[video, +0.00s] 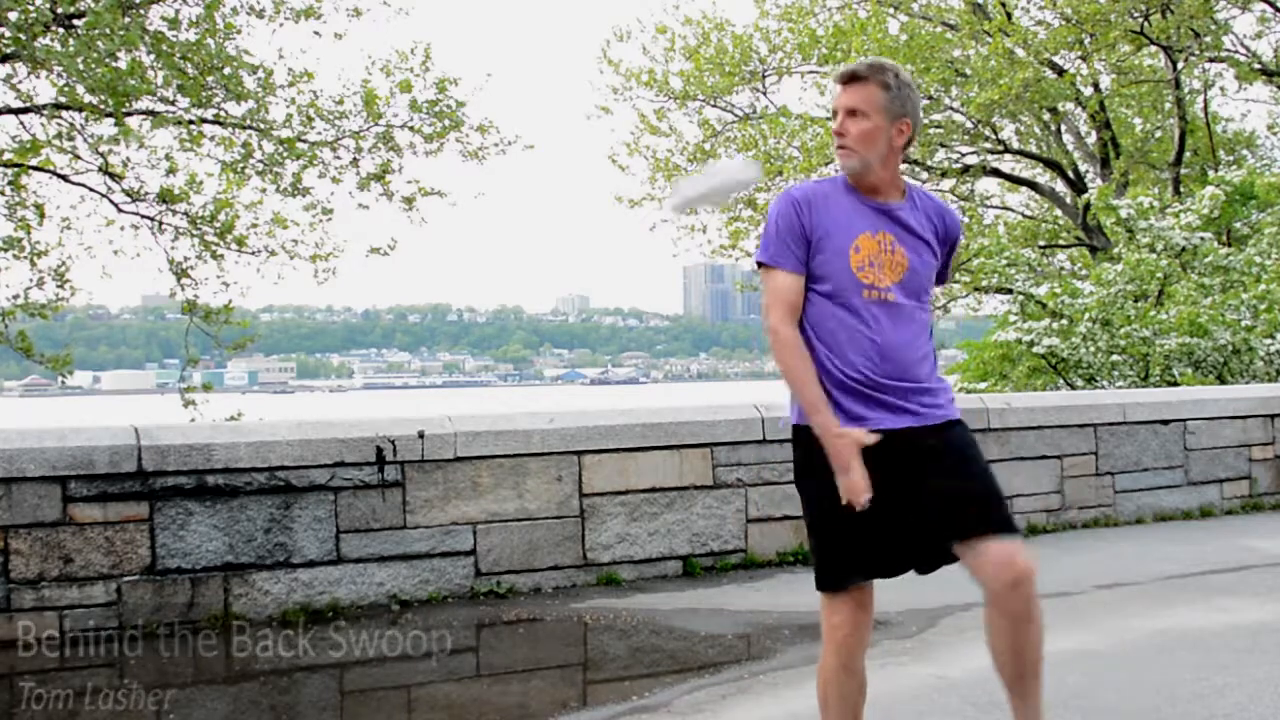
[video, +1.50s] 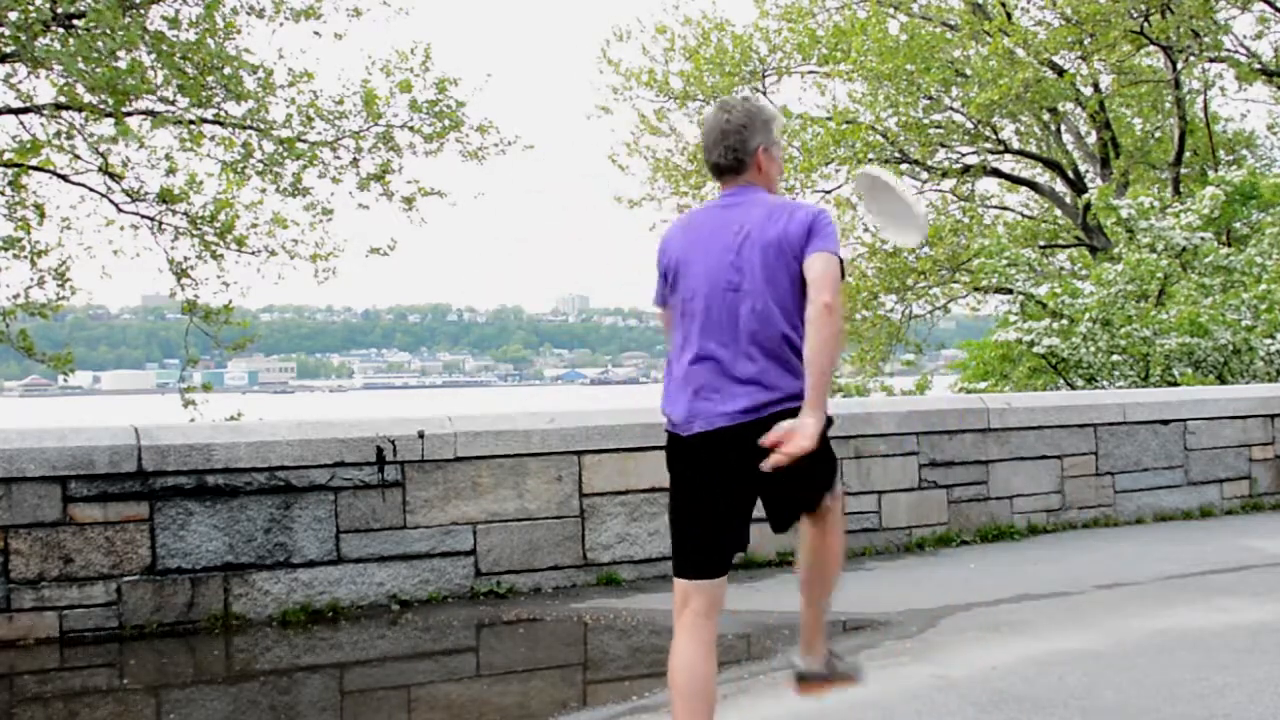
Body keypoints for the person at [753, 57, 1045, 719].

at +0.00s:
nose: (838, 128)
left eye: (855, 117)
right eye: (835, 116)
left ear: (901, 134)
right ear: (833, 125)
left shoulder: (940, 221)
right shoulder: (800, 206)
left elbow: (908, 319)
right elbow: (780, 324)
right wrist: (832, 434)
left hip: (929, 427)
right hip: (835, 434)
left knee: (1012, 571)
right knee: (846, 625)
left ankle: (1029, 715)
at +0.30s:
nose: (818, 119)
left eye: (834, 108)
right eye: (823, 107)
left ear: (877, 128)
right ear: (861, 128)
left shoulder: (934, 209)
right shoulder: (792, 215)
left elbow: (974, 322)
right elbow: (774, 326)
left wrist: (890, 337)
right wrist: (787, 409)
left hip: (922, 447)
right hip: (829, 451)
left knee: (954, 615)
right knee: (806, 618)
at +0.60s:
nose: (745, 151)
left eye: (756, 138)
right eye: (746, 138)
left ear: (797, 147)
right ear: (795, 150)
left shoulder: (802, 225)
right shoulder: (815, 228)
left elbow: (693, 306)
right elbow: (803, 352)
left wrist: (605, 231)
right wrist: (733, 405)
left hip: (828, 449)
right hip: (825, 448)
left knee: (750, 619)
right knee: (783, 623)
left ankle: (846, 713)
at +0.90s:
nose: (645, 179)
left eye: (644, 164)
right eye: (642, 165)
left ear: (663, 158)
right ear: (715, 155)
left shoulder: (668, 246)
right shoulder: (786, 215)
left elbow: (656, 384)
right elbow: (850, 313)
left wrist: (578, 439)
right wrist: (828, 393)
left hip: (739, 440)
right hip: (820, 428)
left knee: (691, 611)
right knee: (753, 527)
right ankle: (754, 680)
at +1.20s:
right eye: (728, 174)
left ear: (661, 192)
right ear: (724, 177)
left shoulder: (641, 257)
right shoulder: (780, 215)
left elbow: (660, 350)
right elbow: (835, 300)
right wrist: (874, 411)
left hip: (695, 442)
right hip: (789, 423)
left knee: (691, 613)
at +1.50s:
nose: (782, 159)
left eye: (777, 149)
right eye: (778, 149)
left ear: (713, 164)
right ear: (763, 156)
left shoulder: (677, 235)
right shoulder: (803, 219)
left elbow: (675, 334)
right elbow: (824, 301)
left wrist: (702, 411)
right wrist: (813, 413)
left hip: (695, 435)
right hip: (778, 424)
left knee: (694, 607)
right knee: (822, 506)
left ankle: (689, 716)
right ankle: (814, 656)